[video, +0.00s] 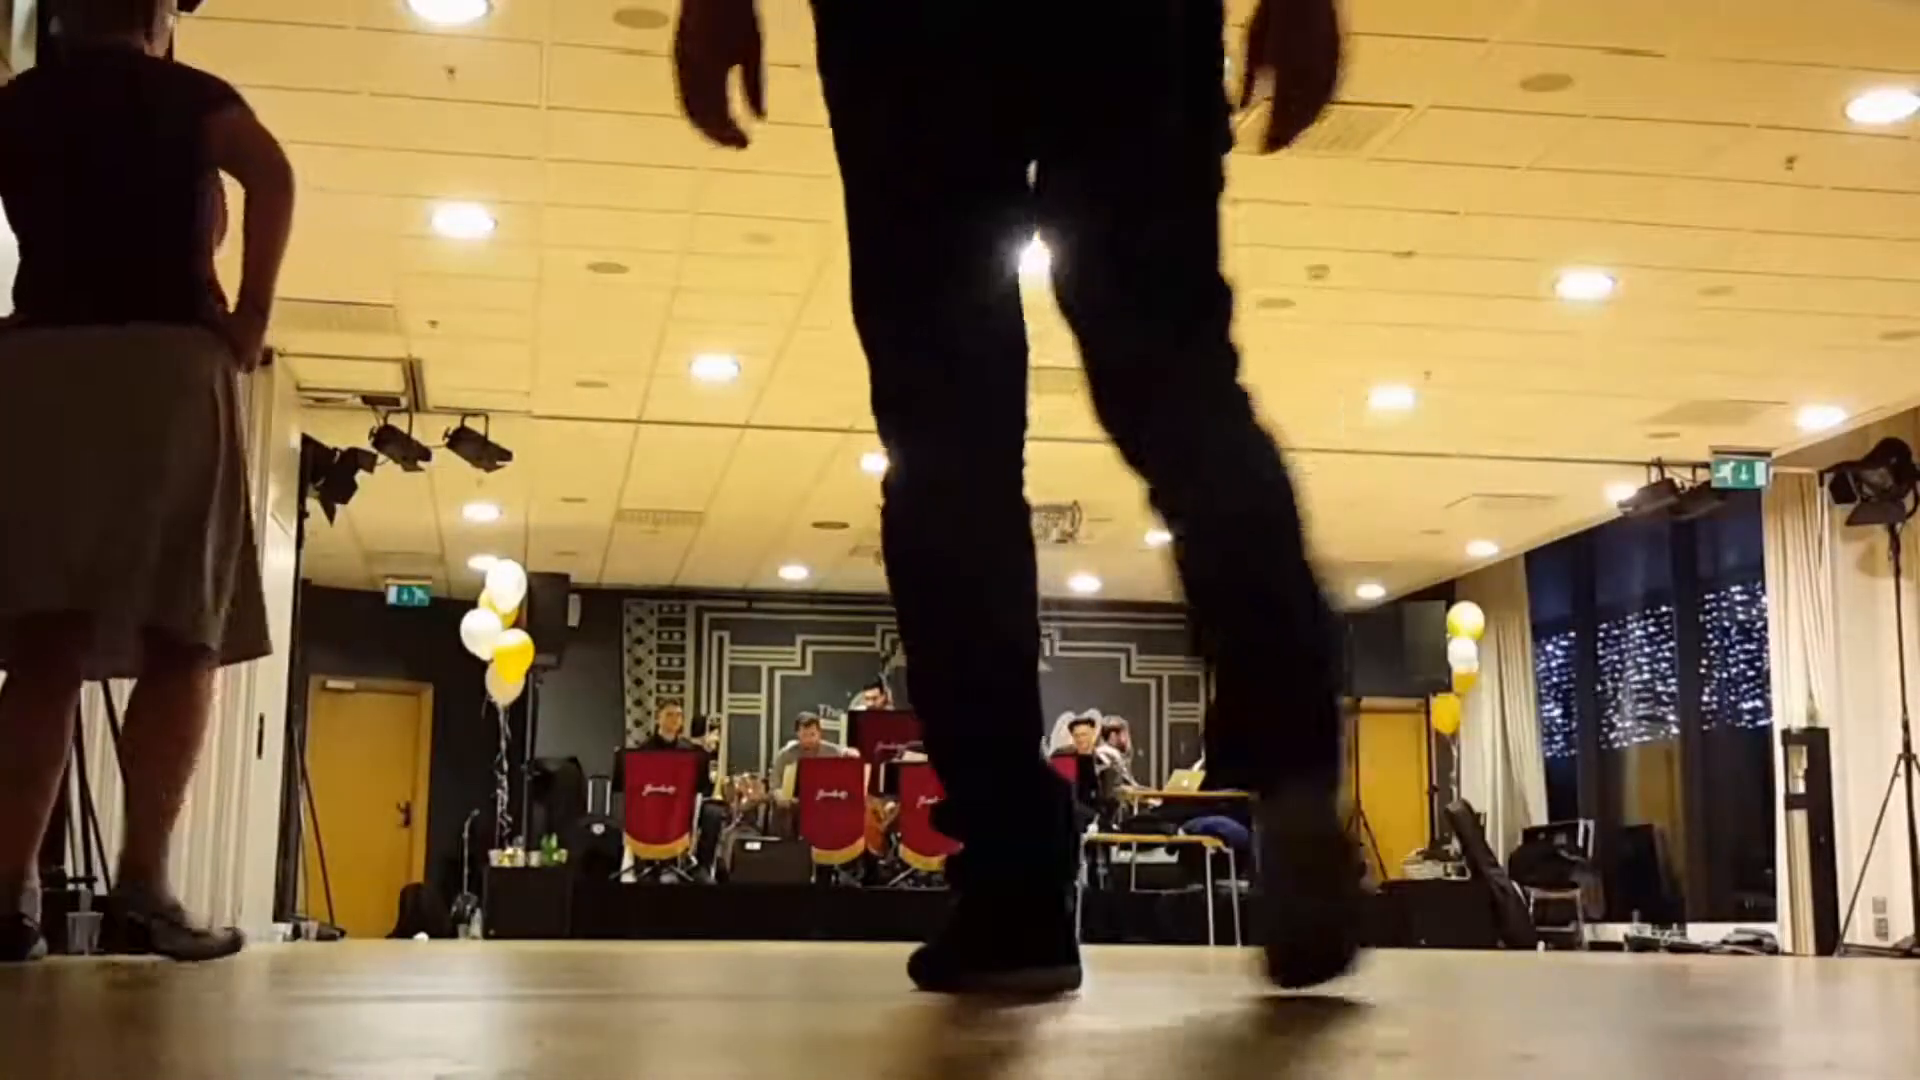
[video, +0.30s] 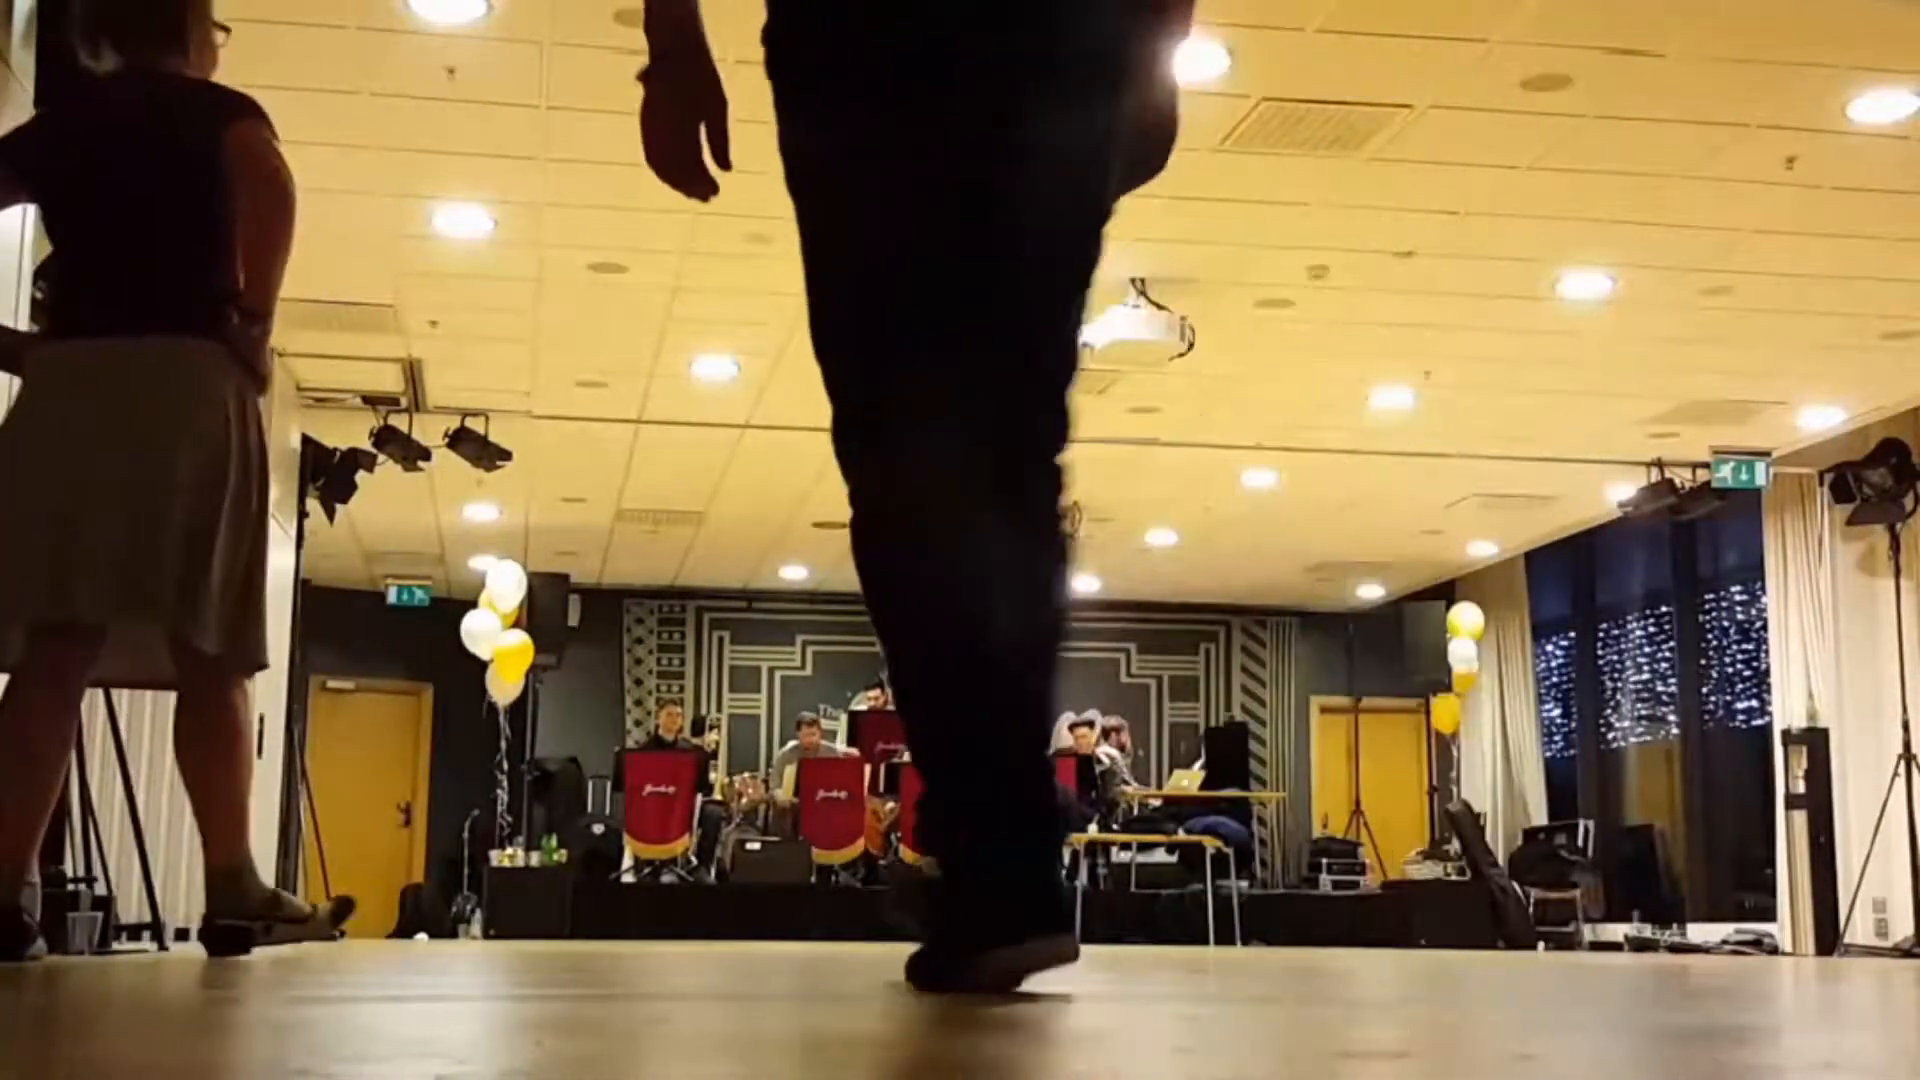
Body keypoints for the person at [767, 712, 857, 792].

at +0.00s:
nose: (809, 739)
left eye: (813, 734)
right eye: (805, 734)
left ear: (820, 734)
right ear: (798, 734)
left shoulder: (832, 751)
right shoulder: (788, 754)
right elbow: (776, 781)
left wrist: (852, 756)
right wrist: (781, 796)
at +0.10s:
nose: (808, 739)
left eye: (812, 734)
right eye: (804, 735)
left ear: (820, 733)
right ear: (798, 735)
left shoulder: (834, 752)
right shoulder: (787, 754)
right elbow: (775, 785)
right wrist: (783, 798)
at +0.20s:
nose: (808, 739)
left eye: (811, 734)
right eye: (804, 735)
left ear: (819, 733)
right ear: (797, 734)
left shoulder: (832, 752)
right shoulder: (787, 754)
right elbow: (775, 779)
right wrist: (780, 795)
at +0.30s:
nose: (809, 740)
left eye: (813, 735)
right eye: (805, 735)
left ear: (820, 734)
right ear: (798, 735)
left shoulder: (833, 753)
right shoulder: (788, 754)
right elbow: (776, 778)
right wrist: (780, 795)